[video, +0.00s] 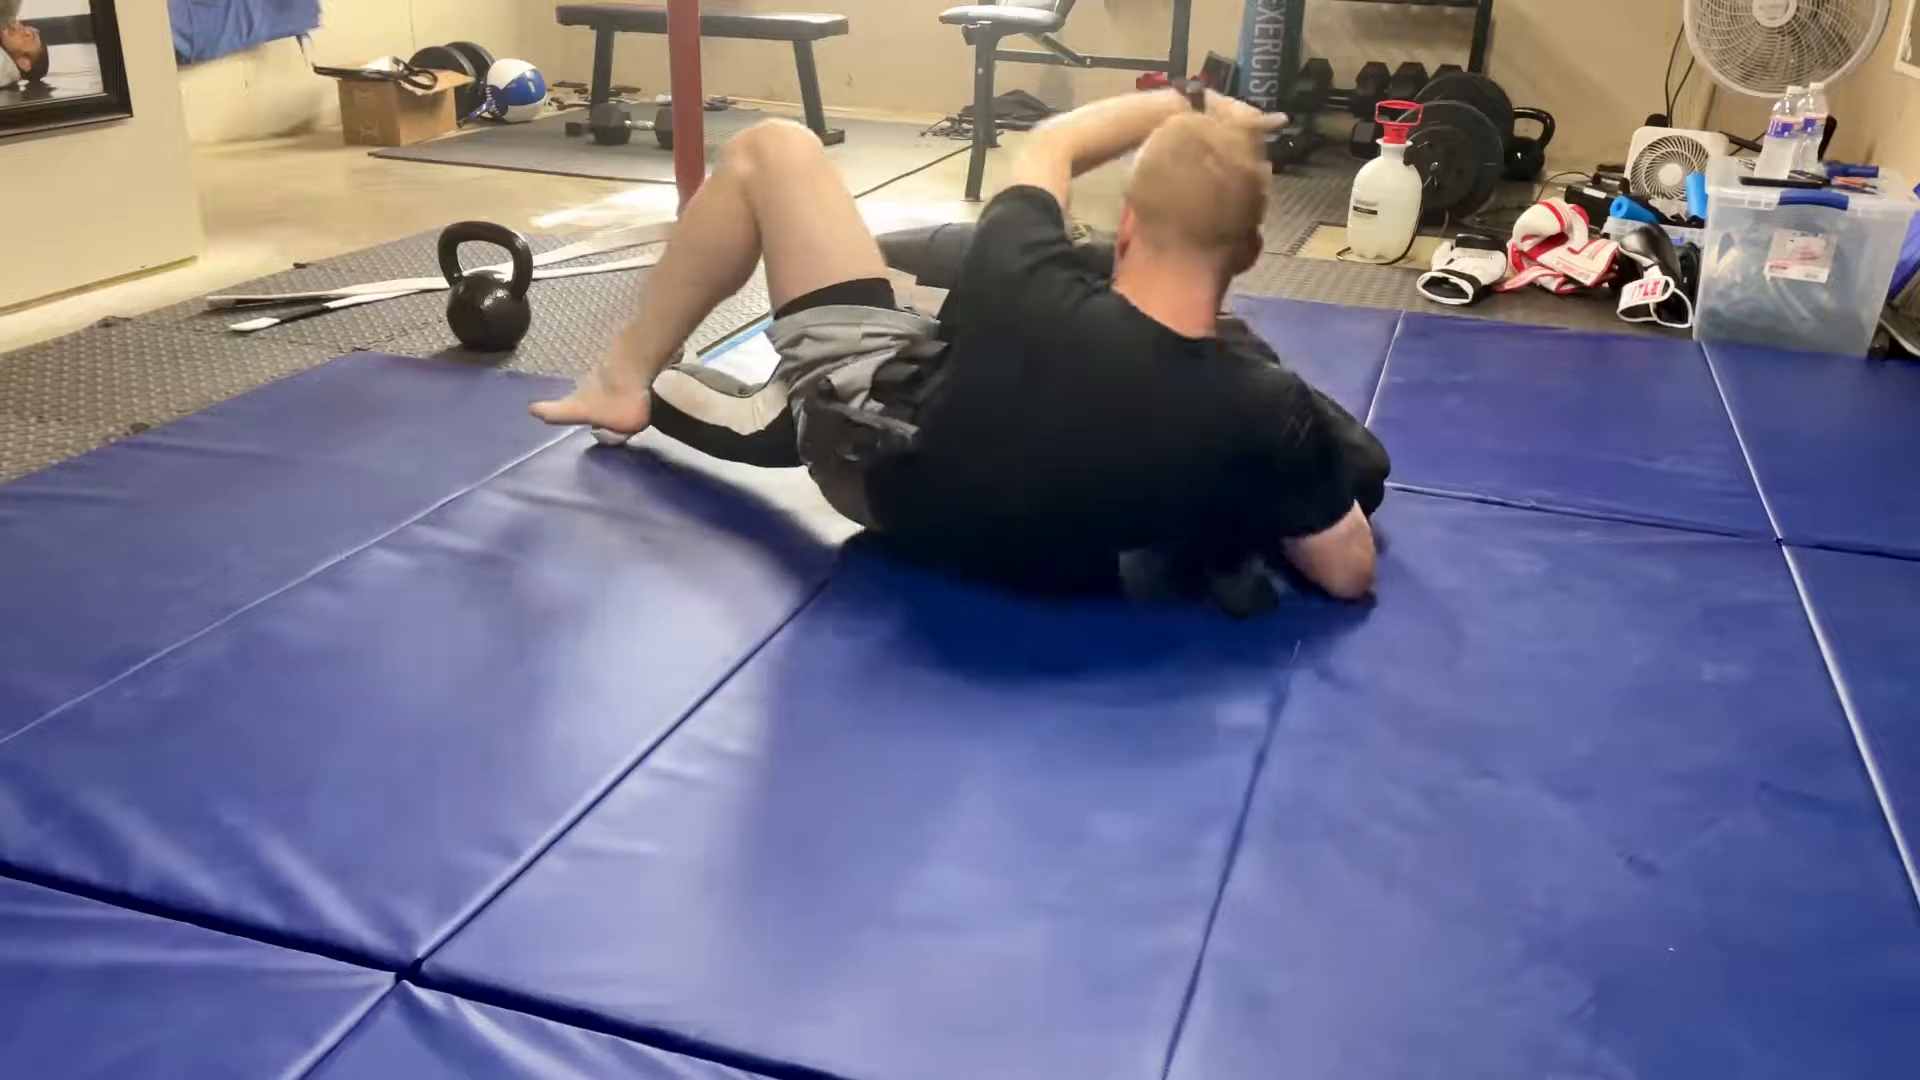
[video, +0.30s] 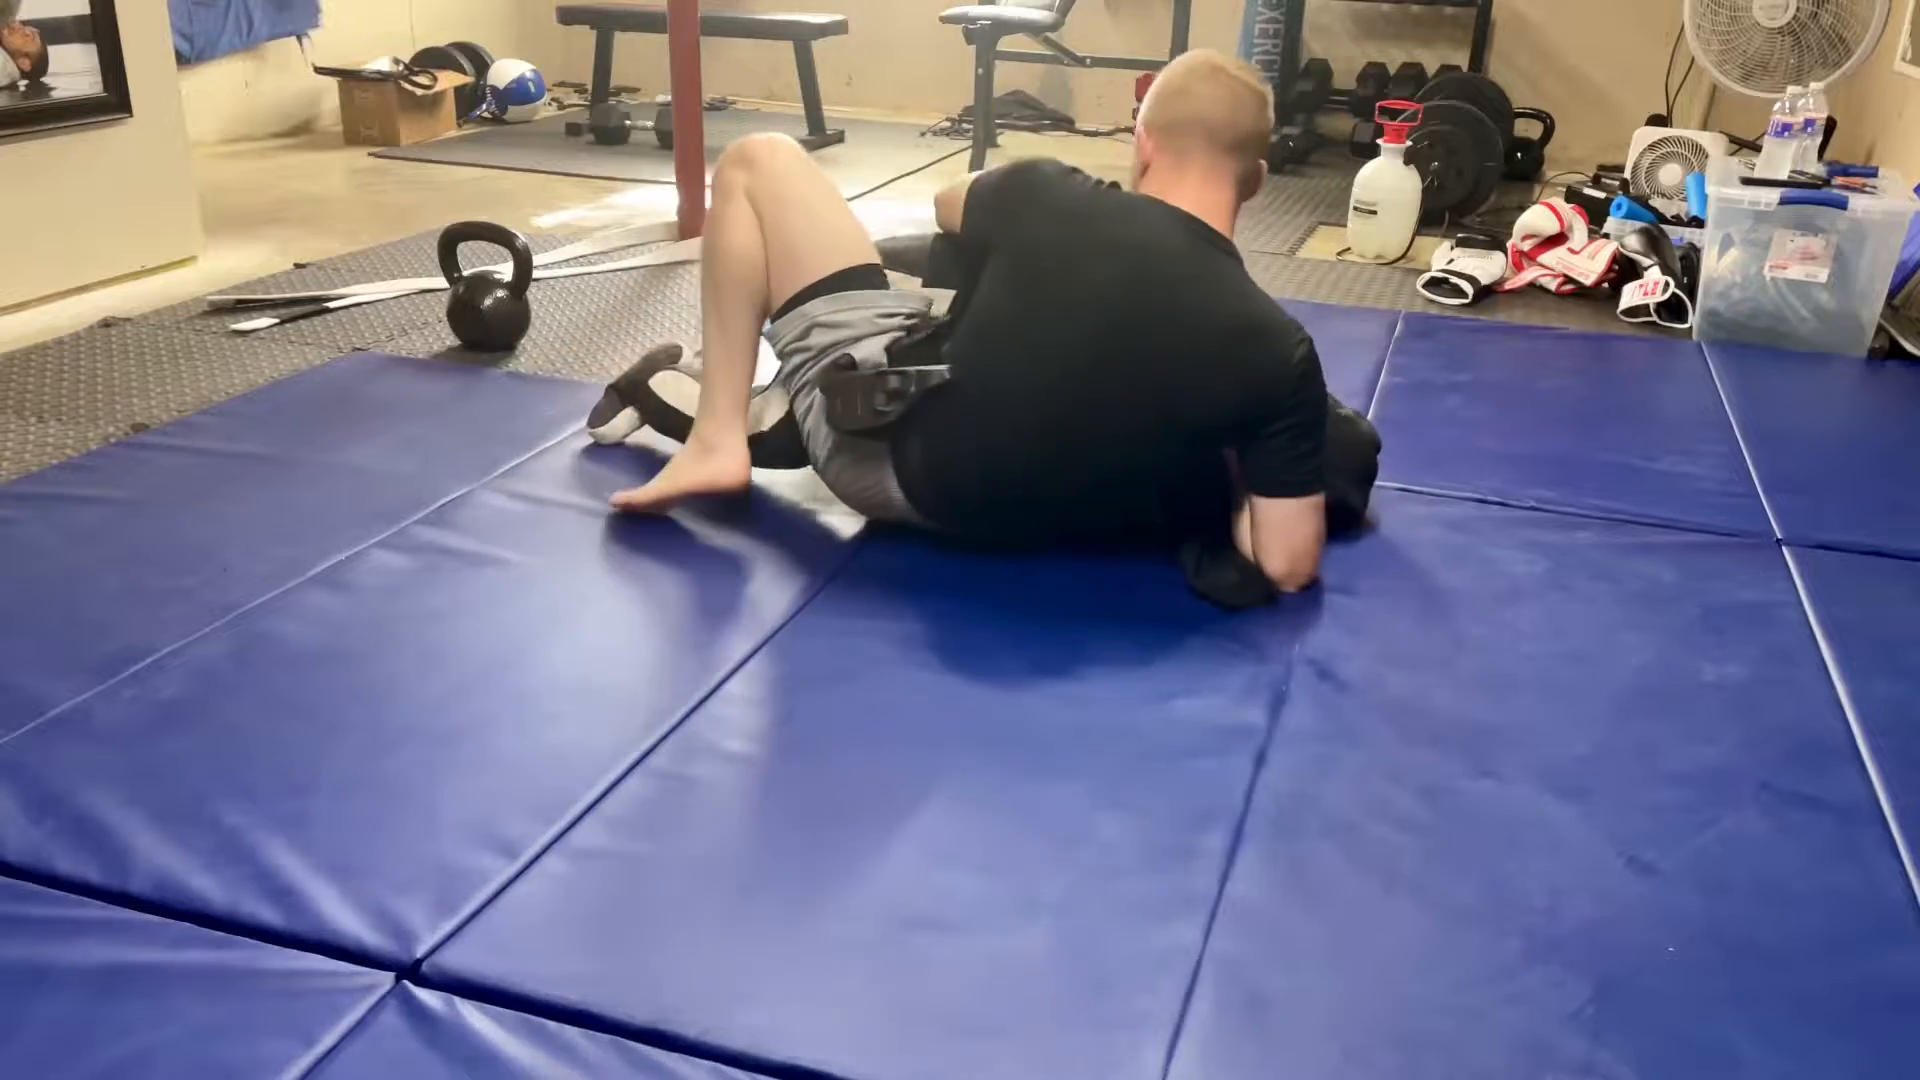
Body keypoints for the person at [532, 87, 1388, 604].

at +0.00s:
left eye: (1132, 187)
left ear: (1125, 218)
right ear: (1249, 257)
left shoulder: (1027, 276)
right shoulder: (1268, 416)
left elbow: (1054, 143)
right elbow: (1349, 575)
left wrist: (1176, 99)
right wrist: (1268, 476)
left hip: (884, 472)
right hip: (1046, 560)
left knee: (773, 147)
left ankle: (623, 380)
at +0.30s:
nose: (1131, 151)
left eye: (1132, 135)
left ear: (1142, 143)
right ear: (1258, 182)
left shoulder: (1039, 195)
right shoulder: (1276, 353)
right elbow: (1289, 565)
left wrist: (1051, 219)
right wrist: (1229, 474)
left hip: (893, 465)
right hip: (1035, 527)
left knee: (755, 158)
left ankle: (717, 439)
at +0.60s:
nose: (1162, 154)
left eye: (1162, 142)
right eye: (1171, 144)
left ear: (1174, 147)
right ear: (1284, 183)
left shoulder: (1070, 192)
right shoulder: (1301, 352)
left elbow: (954, 210)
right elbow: (1294, 567)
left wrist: (1051, 244)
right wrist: (1242, 471)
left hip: (914, 465)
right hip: (1049, 528)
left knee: (766, 170)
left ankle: (725, 443)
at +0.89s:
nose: (1158, 154)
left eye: (1161, 142)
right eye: (1168, 142)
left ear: (1171, 152)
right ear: (1283, 193)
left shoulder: (1059, 210)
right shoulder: (1299, 358)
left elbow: (951, 203)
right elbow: (1290, 568)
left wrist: (1041, 257)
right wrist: (1229, 460)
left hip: (914, 473)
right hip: (1068, 531)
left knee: (760, 166)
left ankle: (714, 440)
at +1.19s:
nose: (1204, 189)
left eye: (1211, 175)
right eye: (1213, 172)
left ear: (1220, 202)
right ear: (1339, 237)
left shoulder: (1090, 285)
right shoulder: (1355, 409)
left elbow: (997, 186)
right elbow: (1283, 573)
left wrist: (1055, 127)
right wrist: (1238, 499)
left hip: (941, 480)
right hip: (1109, 538)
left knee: (763, 168)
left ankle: (726, 468)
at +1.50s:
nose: (1296, 195)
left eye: (1314, 173)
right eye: (1311, 171)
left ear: (1367, 196)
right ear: (1417, 218)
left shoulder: (1246, 284)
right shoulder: (1430, 398)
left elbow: (1038, 198)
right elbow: (1289, 574)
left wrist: (1094, 118)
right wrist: (1235, 461)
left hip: (978, 490)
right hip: (1087, 552)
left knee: (760, 226)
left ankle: (718, 499)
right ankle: (752, 415)